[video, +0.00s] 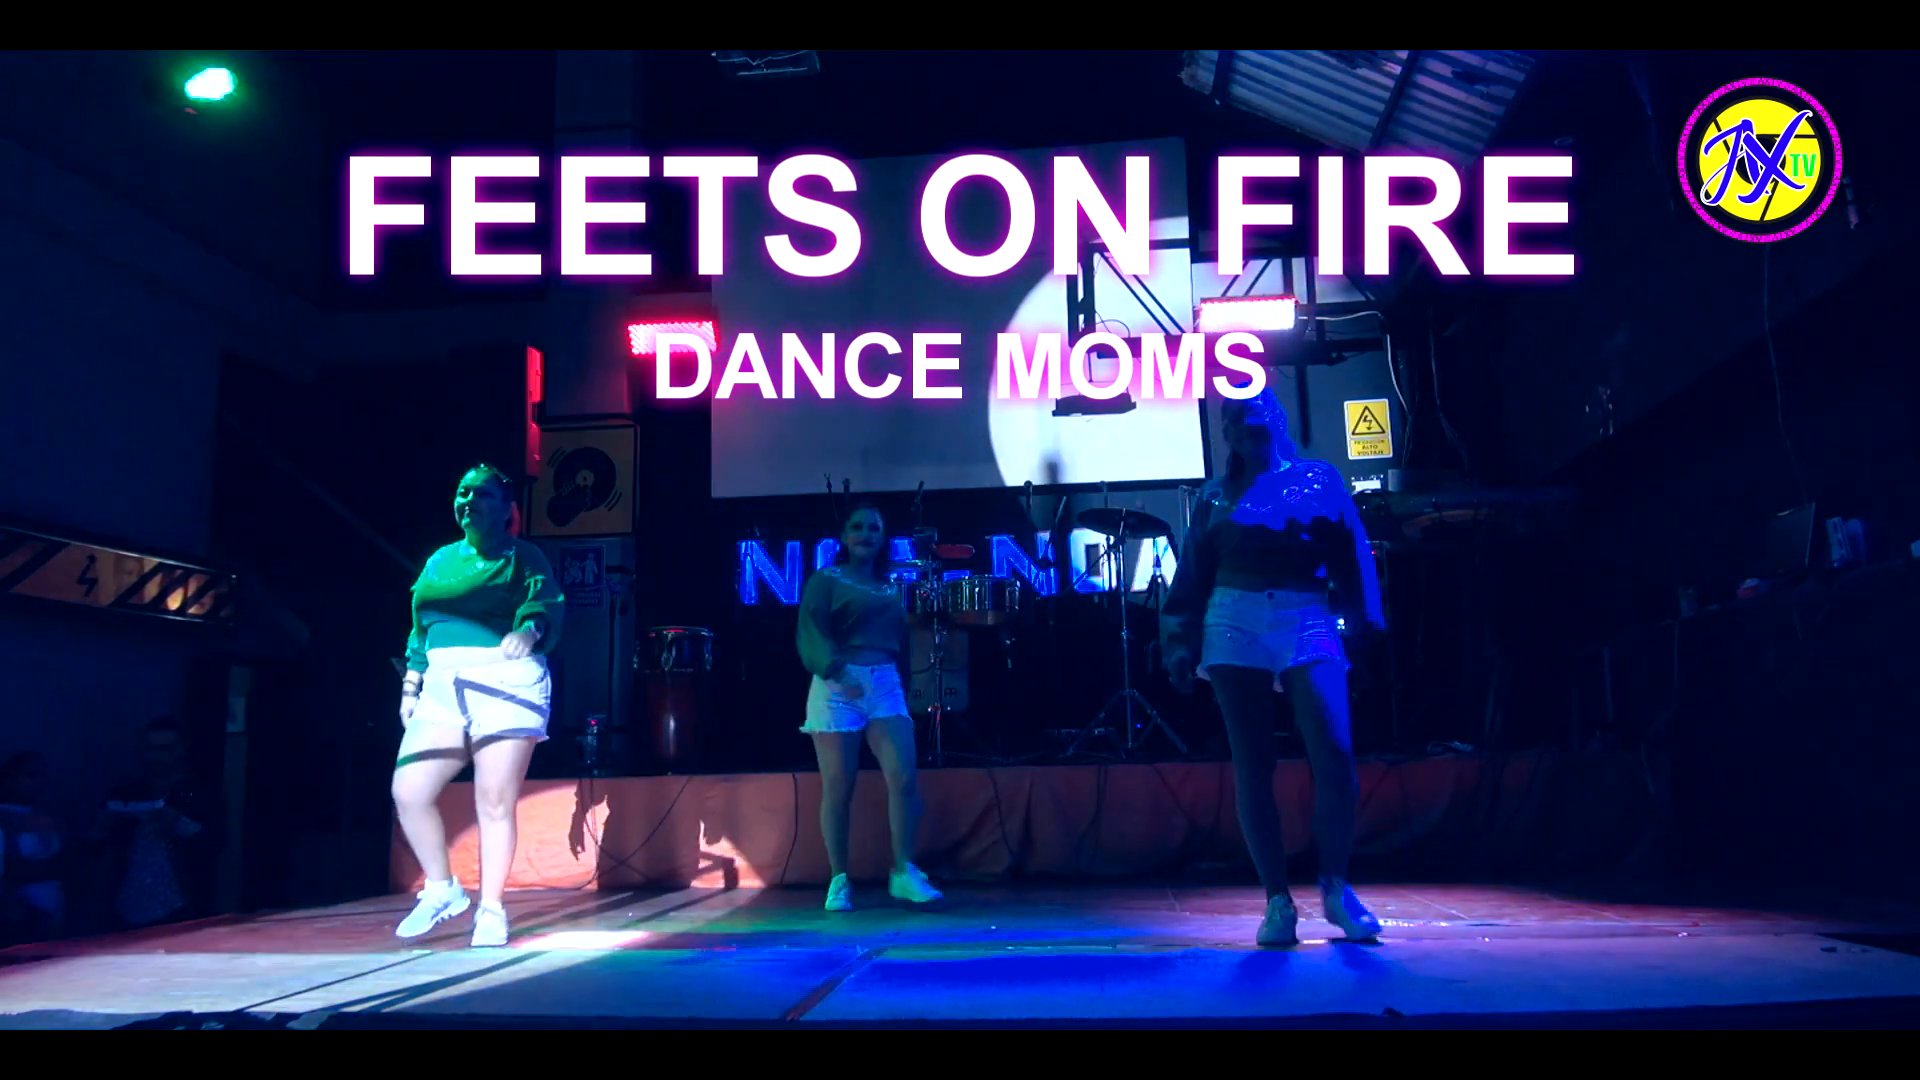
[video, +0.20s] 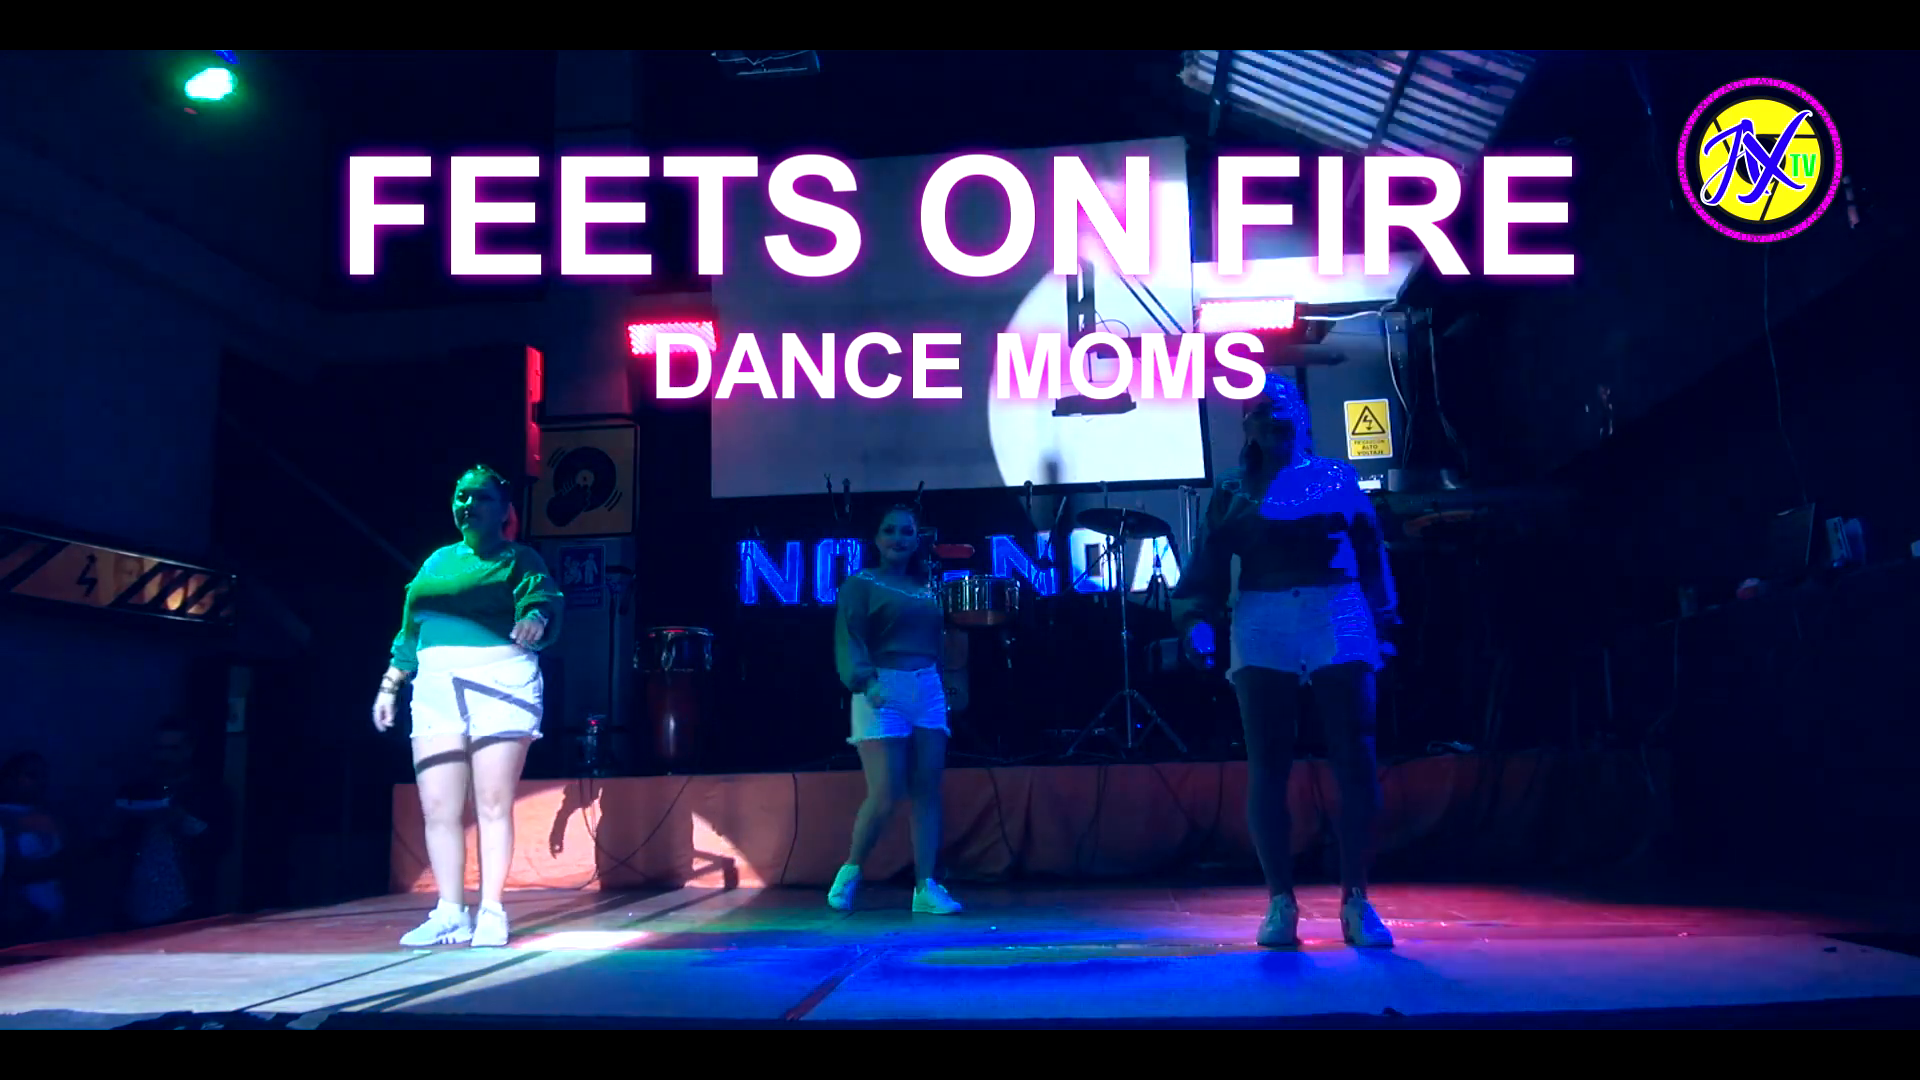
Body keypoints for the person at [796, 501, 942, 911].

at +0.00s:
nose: (866, 534)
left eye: (873, 528)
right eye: (858, 527)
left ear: (883, 536)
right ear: (844, 534)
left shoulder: (892, 586)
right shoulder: (825, 581)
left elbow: (902, 641)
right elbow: (808, 635)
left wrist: (903, 686)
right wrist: (834, 671)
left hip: (885, 683)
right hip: (835, 685)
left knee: (903, 776)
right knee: (837, 785)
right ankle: (839, 879)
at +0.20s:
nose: (898, 538)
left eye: (906, 532)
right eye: (890, 531)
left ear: (917, 539)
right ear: (876, 537)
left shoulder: (925, 588)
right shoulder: (860, 584)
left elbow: (935, 646)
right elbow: (849, 637)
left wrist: (943, 690)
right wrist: (862, 678)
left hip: (928, 690)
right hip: (881, 689)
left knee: (927, 791)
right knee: (884, 795)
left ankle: (926, 887)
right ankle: (853, 870)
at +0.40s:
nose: (920, 536)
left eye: (928, 529)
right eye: (911, 530)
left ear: (941, 535)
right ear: (900, 537)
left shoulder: (960, 591)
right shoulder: (886, 586)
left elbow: (989, 646)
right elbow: (860, 644)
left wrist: (1023, 671)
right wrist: (847, 698)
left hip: (954, 690)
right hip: (904, 689)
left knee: (947, 782)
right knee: (952, 763)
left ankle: (931, 882)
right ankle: (912, 848)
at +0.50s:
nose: (926, 524)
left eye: (933, 517)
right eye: (917, 518)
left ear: (947, 523)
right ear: (906, 527)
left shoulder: (973, 577)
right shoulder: (893, 579)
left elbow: (1007, 624)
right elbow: (864, 638)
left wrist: (1039, 649)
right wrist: (844, 687)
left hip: (963, 682)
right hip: (912, 681)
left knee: (946, 782)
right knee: (956, 771)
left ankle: (929, 882)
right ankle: (962, 874)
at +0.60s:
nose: (933, 522)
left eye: (939, 514)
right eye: (923, 518)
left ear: (953, 520)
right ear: (912, 531)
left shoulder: (985, 572)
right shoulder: (905, 582)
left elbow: (1022, 612)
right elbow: (872, 638)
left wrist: (1051, 650)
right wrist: (849, 689)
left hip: (975, 683)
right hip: (924, 684)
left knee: (952, 789)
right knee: (956, 789)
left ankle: (930, 881)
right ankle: (983, 884)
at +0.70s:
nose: (944, 520)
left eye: (947, 513)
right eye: (932, 519)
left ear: (960, 522)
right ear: (921, 538)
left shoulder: (995, 576)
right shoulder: (913, 585)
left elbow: (1031, 627)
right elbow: (887, 646)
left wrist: (1056, 674)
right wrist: (861, 700)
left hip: (986, 687)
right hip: (933, 689)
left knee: (974, 794)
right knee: (959, 795)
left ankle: (938, 877)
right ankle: (989, 891)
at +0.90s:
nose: (964, 517)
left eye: (967, 510)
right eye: (951, 516)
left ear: (980, 520)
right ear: (939, 536)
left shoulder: (1012, 577)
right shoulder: (930, 581)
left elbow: (1031, 644)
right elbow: (910, 637)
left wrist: (1037, 699)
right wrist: (901, 682)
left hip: (996, 681)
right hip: (938, 683)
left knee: (986, 772)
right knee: (961, 796)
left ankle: (1009, 810)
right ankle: (988, 889)